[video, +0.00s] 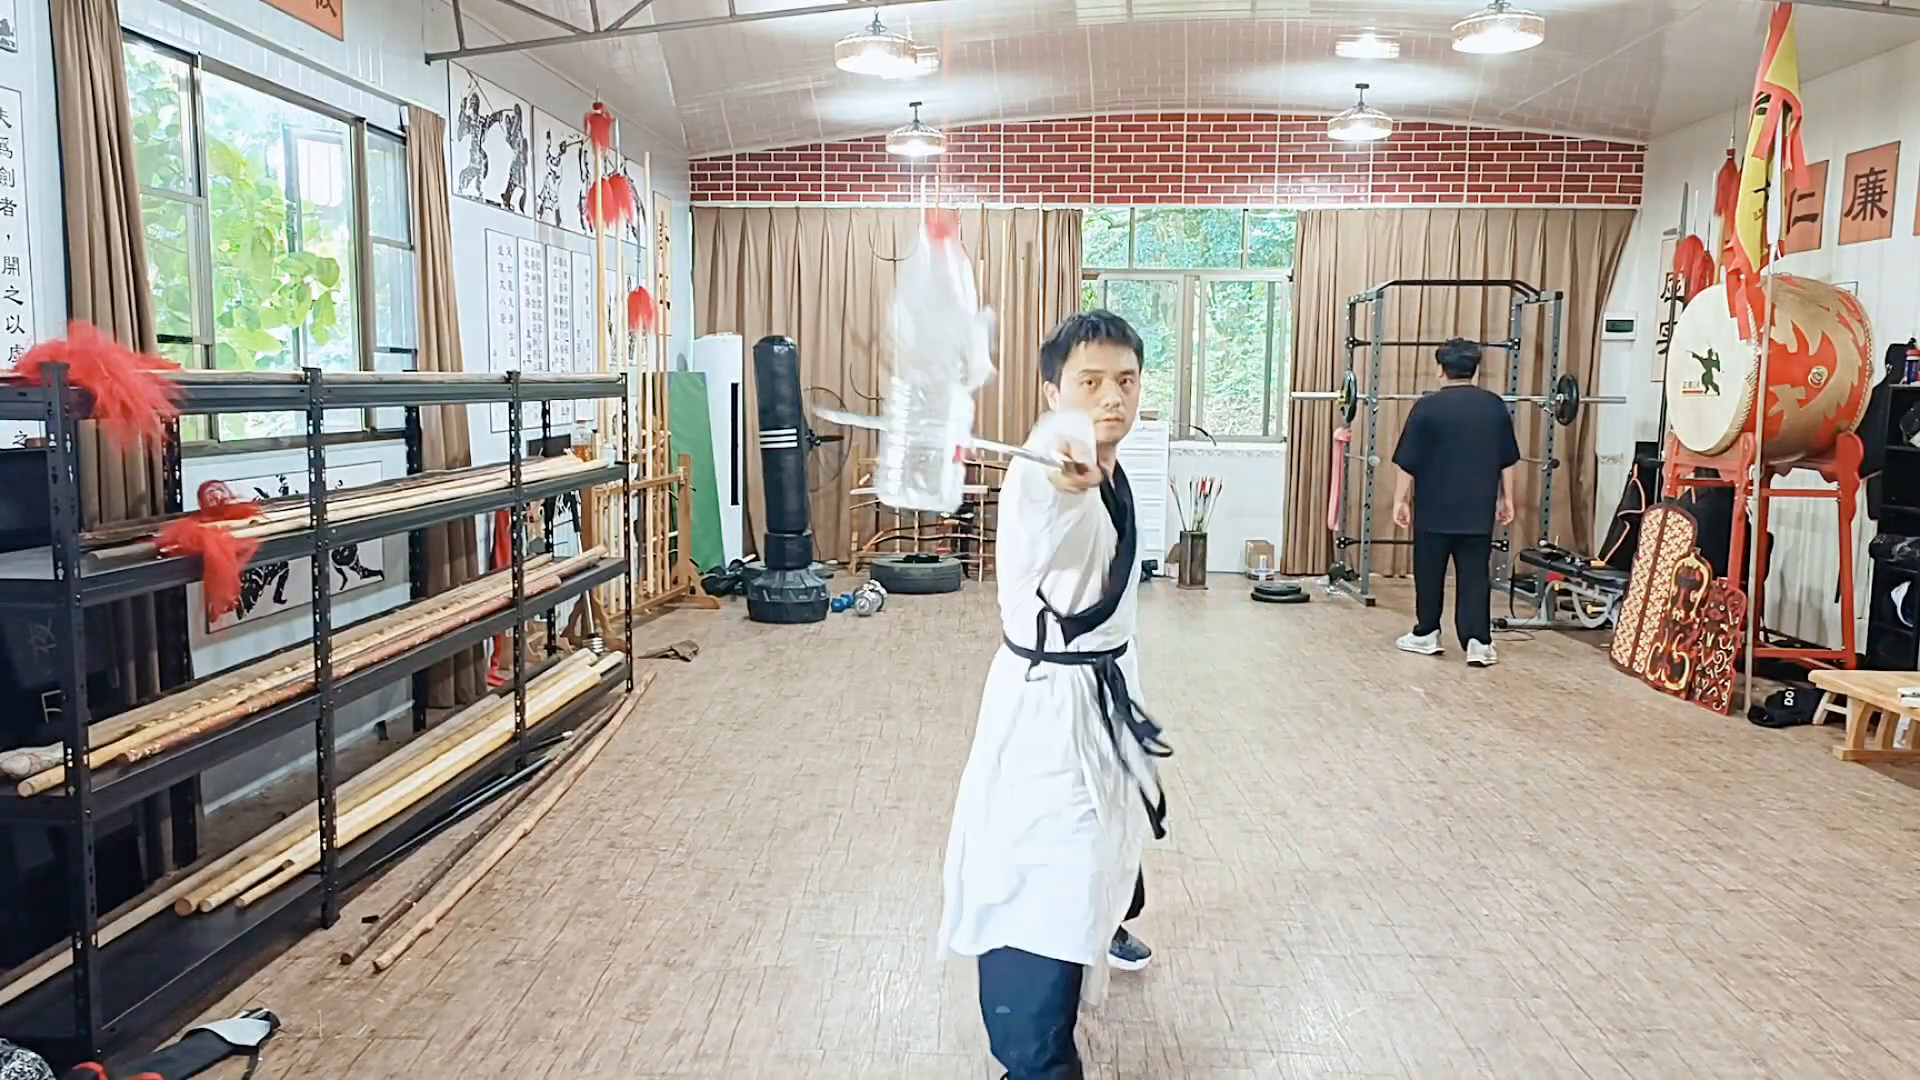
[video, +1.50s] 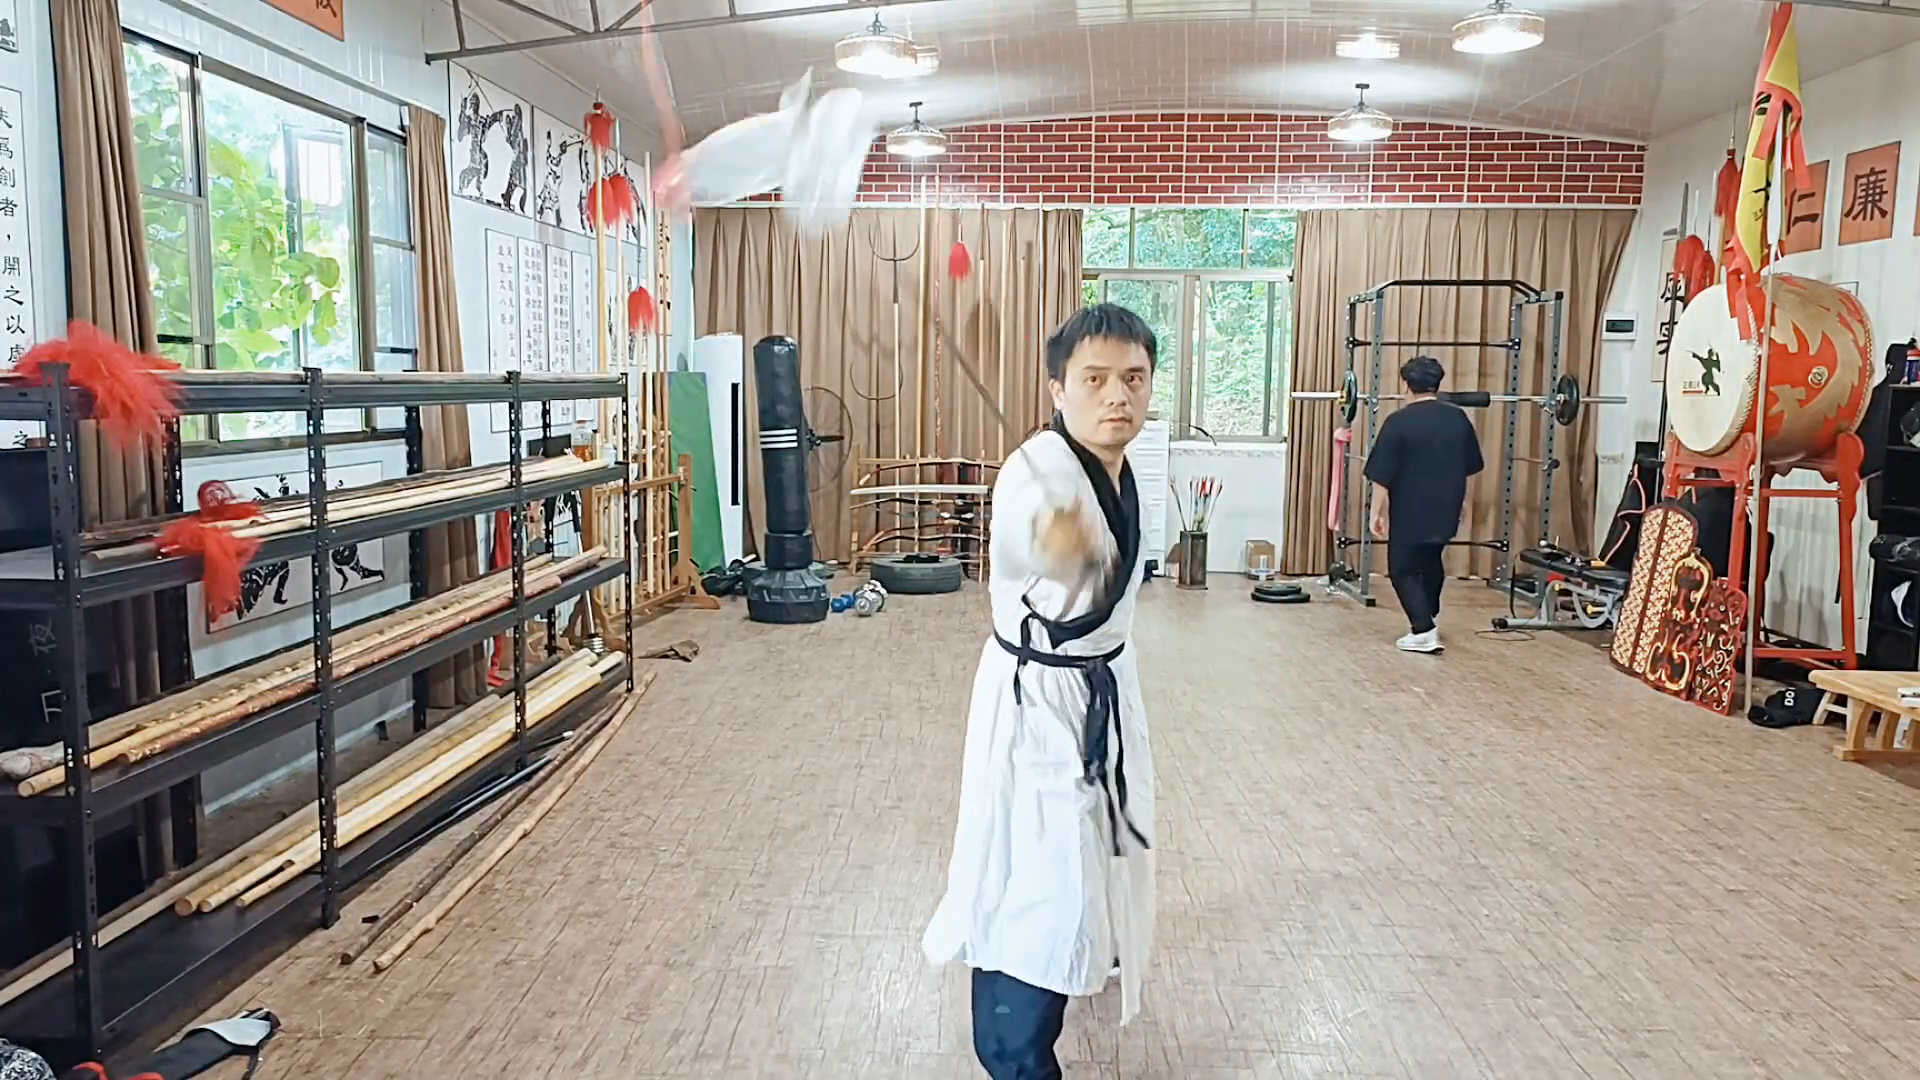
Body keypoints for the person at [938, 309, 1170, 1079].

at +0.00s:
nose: (1113, 398)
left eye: (1127, 380)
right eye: (1091, 380)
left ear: (1141, 389)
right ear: (1052, 391)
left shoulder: (1108, 459)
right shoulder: (1044, 462)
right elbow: (1042, 493)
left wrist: (1120, 696)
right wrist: (1070, 486)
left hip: (1103, 685)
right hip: (1045, 698)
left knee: (1107, 818)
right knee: (1040, 886)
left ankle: (1098, 928)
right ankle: (1038, 1058)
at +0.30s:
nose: (1116, 401)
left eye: (1129, 384)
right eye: (1095, 384)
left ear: (1143, 395)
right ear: (1055, 397)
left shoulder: (1124, 474)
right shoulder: (1023, 494)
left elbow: (1114, 567)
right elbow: (981, 628)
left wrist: (1130, 627)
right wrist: (1028, 670)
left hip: (1110, 688)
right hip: (1047, 704)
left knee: (1091, 873)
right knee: (1058, 888)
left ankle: (1061, 1049)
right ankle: (1035, 1057)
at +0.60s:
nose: (1111, 377)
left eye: (1125, 361)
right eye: (1092, 361)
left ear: (1141, 372)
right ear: (1058, 372)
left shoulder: (1140, 453)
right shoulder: (1025, 464)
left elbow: (1163, 552)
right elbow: (987, 578)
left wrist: (1244, 583)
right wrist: (1028, 617)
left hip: (1110, 658)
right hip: (1038, 664)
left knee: (1088, 815)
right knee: (1040, 833)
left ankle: (1049, 973)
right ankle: (1012, 1026)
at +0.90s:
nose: (1108, 394)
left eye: (1122, 378)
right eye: (1090, 379)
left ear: (1139, 386)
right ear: (1060, 387)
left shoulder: (1143, 461)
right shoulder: (1027, 479)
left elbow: (1153, 570)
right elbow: (988, 592)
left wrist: (1221, 629)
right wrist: (1030, 629)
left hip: (1121, 663)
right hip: (1051, 673)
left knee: (1131, 806)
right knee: (1069, 841)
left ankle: (1095, 931)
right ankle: (1017, 1034)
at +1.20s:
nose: (1120, 392)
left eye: (1134, 376)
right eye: (1099, 377)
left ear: (1150, 386)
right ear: (1064, 388)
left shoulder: (1133, 469)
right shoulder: (1039, 472)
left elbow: (1143, 566)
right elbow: (974, 574)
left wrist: (1173, 639)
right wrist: (1033, 586)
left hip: (1111, 680)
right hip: (1049, 686)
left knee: (1082, 858)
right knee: (1049, 877)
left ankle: (1051, 1033)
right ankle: (1036, 1058)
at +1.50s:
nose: (1118, 395)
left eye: (1134, 376)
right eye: (1096, 377)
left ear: (1150, 388)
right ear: (1058, 389)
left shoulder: (1134, 467)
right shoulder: (1033, 473)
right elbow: (1029, 539)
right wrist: (1059, 542)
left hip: (1106, 686)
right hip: (1035, 696)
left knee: (1087, 863)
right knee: (1041, 878)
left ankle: (1033, 1041)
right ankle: (1015, 1050)